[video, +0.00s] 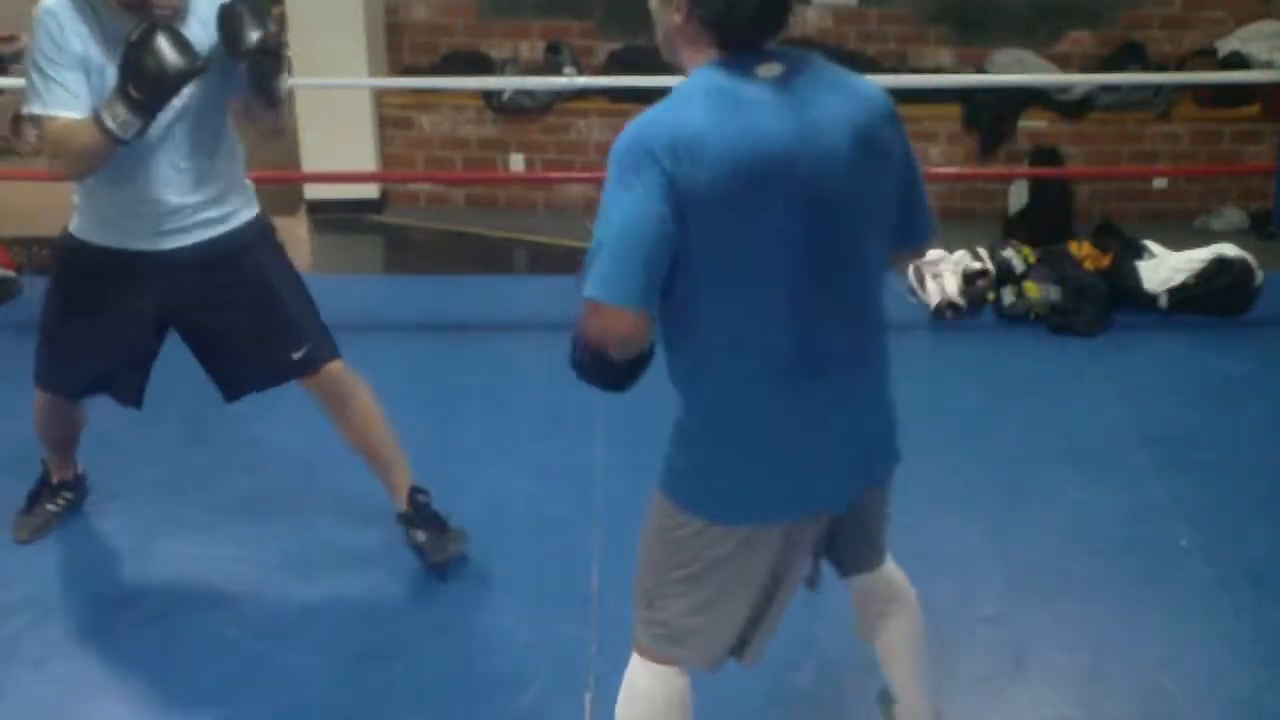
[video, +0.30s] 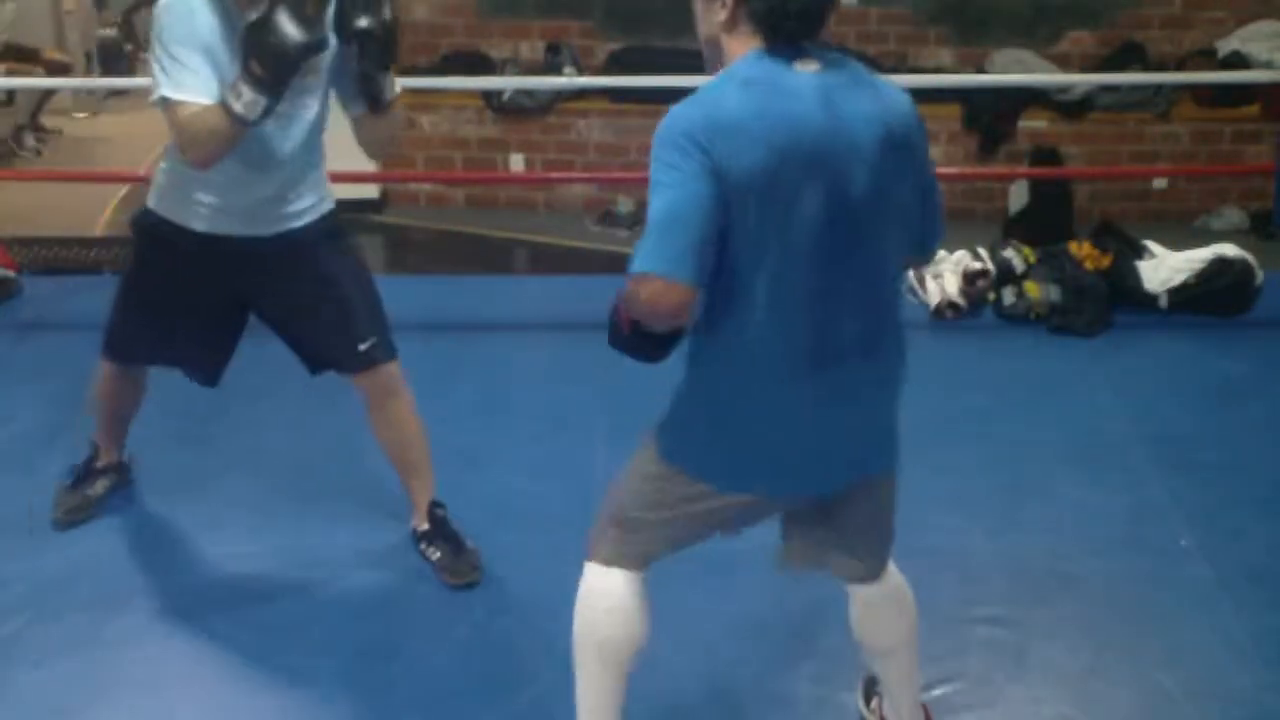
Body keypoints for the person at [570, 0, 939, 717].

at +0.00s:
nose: (658, 15)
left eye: (661, 4)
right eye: (661, 4)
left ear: (680, 16)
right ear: (776, 13)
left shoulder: (659, 139)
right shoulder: (863, 105)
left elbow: (615, 337)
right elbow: (909, 246)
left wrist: (602, 358)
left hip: (733, 457)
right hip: (857, 432)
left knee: (662, 656)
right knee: (873, 571)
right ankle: (916, 709)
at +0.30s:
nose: (696, 13)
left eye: (698, 2)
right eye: (696, 2)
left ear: (725, 9)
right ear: (821, 14)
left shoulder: (700, 121)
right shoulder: (889, 107)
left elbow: (667, 299)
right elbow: (920, 244)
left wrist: (634, 311)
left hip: (735, 422)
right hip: (859, 417)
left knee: (615, 555)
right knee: (868, 567)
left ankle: (596, 710)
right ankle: (903, 710)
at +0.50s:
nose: (646, 15)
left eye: (649, 5)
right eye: (649, 4)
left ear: (668, 16)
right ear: (760, 21)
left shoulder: (624, 139)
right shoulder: (841, 117)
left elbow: (577, 304)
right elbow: (923, 225)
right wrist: (823, 249)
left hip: (685, 446)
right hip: (815, 434)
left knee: (591, 603)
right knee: (855, 584)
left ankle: (538, 715)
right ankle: (903, 710)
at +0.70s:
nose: (579, 34)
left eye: (583, 25)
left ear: (594, 35)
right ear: (700, 35)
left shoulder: (542, 144)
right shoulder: (763, 123)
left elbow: (474, 304)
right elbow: (850, 254)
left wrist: (552, 295)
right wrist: (749, 250)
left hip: (611, 446)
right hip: (753, 437)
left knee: (562, 610)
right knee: (830, 603)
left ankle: (531, 713)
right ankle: (869, 713)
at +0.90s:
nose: (588, 28)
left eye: (592, 20)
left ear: (603, 31)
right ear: (709, 34)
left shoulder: (541, 147)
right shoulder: (770, 140)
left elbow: (451, 296)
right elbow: (776, 263)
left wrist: (536, 314)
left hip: (591, 474)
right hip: (735, 481)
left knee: (557, 627)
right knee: (773, 690)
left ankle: (526, 712)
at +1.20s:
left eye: (612, 46)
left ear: (619, 63)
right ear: (724, 70)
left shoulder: (535, 173)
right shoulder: (770, 186)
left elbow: (450, 322)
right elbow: (760, 310)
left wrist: (533, 334)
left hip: (561, 488)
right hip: (700, 511)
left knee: (534, 589)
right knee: (729, 707)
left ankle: (498, 706)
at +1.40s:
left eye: (603, 36)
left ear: (612, 58)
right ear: (713, 68)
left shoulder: (530, 156)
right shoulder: (752, 185)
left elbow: (438, 293)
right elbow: (749, 310)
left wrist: (500, 310)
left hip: (530, 473)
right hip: (658, 499)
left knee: (521, 589)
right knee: (730, 702)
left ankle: (499, 706)